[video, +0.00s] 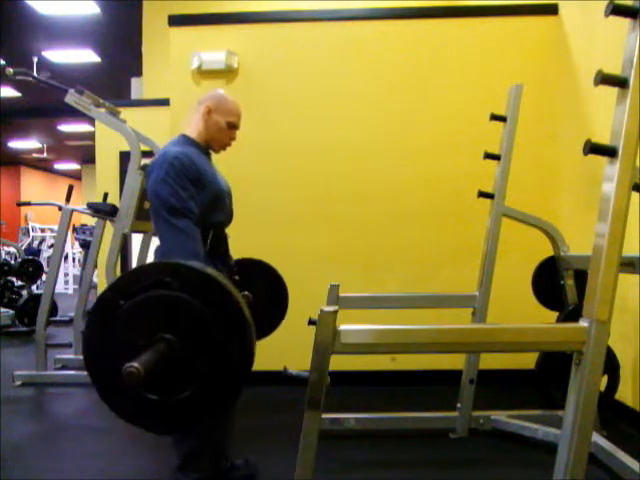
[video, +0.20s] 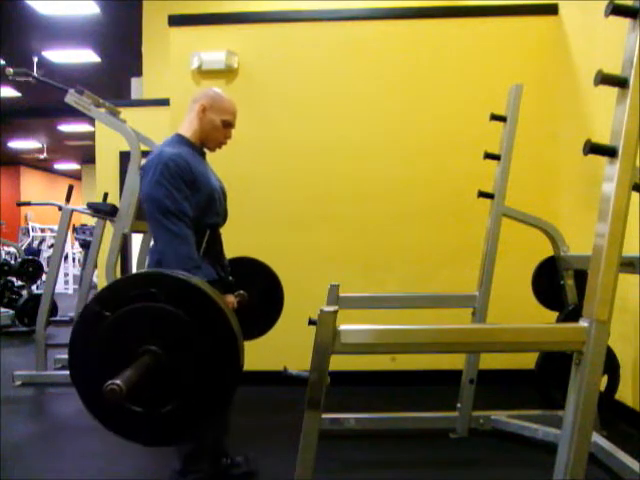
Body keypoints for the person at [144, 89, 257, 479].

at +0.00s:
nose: (234, 136)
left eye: (236, 128)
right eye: (231, 126)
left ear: (213, 119)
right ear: (206, 116)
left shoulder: (198, 160)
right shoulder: (175, 160)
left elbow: (211, 237)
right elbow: (181, 242)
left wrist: (231, 284)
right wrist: (198, 297)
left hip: (209, 295)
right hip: (187, 298)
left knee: (216, 378)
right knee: (194, 381)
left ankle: (213, 460)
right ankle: (198, 464)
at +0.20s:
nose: (229, 135)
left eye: (231, 127)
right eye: (226, 125)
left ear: (207, 117)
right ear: (201, 114)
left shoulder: (192, 159)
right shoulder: (169, 161)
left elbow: (203, 239)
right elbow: (175, 245)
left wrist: (226, 285)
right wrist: (214, 294)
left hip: (200, 294)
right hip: (181, 297)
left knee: (213, 375)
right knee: (199, 378)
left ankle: (212, 455)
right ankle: (200, 460)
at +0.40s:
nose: (221, 134)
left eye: (224, 125)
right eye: (218, 123)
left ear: (195, 114)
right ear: (193, 113)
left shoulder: (187, 160)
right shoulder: (164, 161)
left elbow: (202, 240)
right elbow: (172, 246)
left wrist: (226, 285)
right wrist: (212, 295)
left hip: (199, 297)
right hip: (180, 300)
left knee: (215, 377)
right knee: (199, 380)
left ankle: (213, 458)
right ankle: (201, 462)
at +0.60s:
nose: (222, 125)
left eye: (222, 117)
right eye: (216, 115)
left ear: (191, 112)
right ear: (188, 111)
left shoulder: (188, 160)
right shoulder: (166, 162)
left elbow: (205, 241)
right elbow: (174, 249)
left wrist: (229, 284)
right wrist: (217, 294)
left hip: (202, 297)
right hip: (183, 300)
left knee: (217, 378)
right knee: (205, 380)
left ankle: (212, 459)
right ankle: (204, 462)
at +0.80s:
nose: (221, 116)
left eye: (220, 108)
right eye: (213, 107)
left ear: (189, 109)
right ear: (185, 108)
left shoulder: (190, 159)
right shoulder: (166, 161)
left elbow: (206, 238)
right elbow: (175, 247)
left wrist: (229, 285)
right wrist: (216, 295)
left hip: (202, 295)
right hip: (183, 299)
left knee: (213, 378)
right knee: (204, 380)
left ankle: (208, 459)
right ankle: (206, 462)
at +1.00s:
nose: (215, 113)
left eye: (214, 106)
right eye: (207, 105)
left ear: (182, 109)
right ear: (179, 108)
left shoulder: (185, 160)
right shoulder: (163, 162)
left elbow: (205, 238)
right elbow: (173, 246)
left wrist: (229, 285)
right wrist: (216, 293)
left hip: (199, 293)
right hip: (181, 298)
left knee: (211, 375)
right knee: (207, 377)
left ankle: (204, 457)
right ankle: (208, 462)